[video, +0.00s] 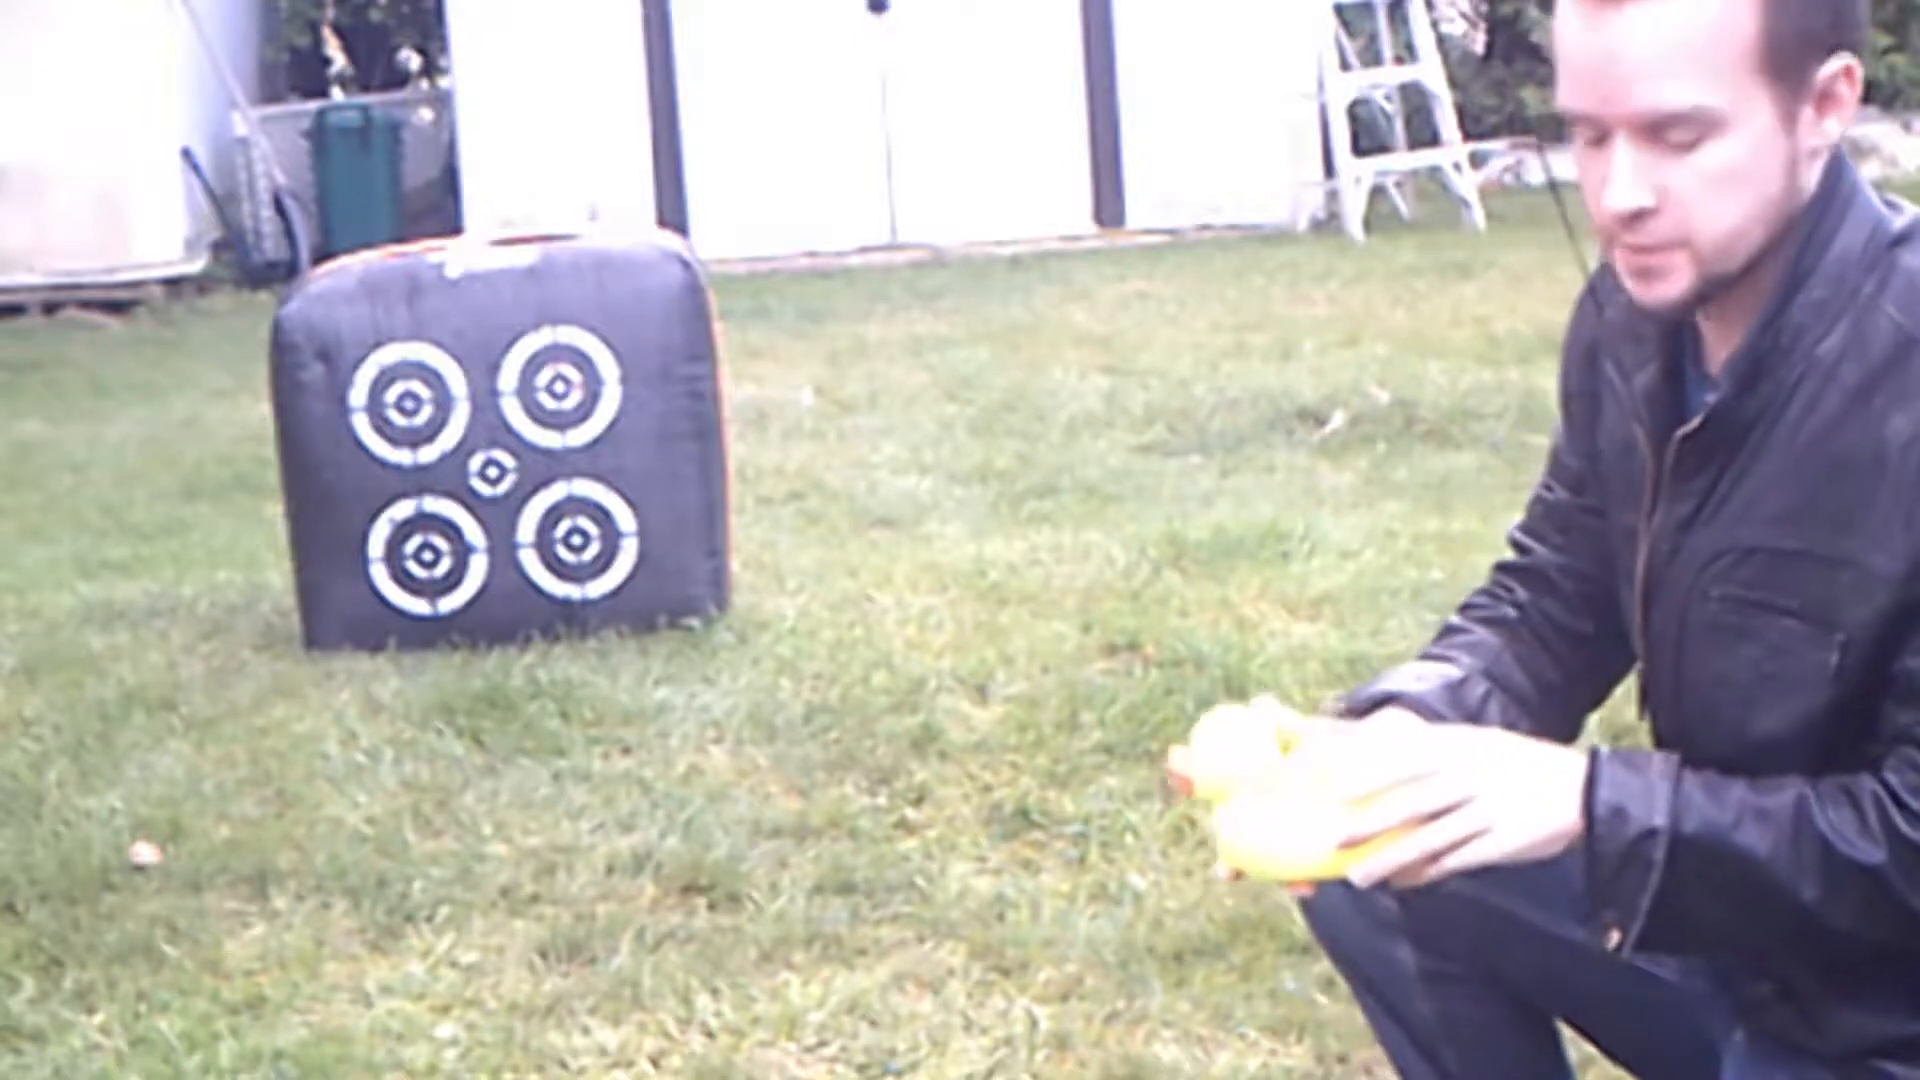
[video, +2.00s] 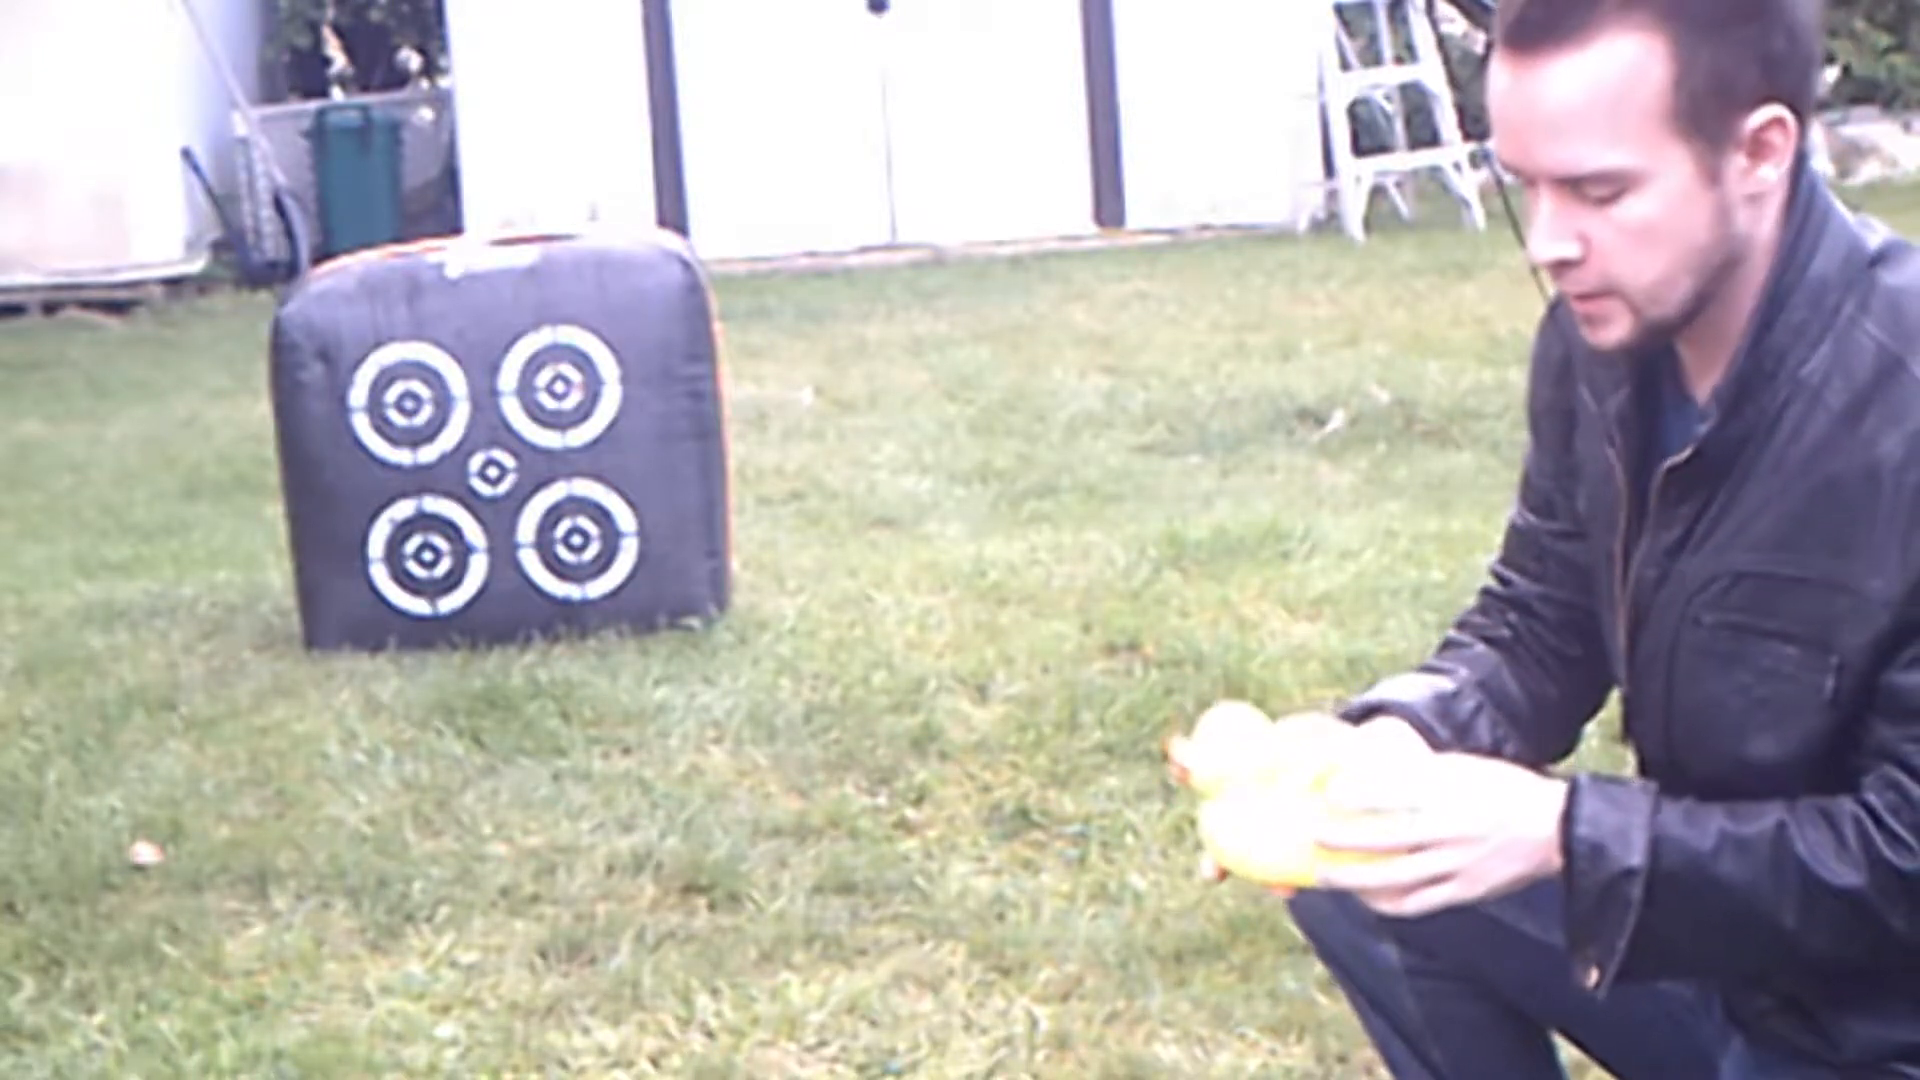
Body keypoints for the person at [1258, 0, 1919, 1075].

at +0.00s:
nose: (1619, 195)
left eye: (1679, 135)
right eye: (1590, 136)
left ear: (1826, 109)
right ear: (1562, 120)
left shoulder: (1903, 362)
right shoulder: (1629, 310)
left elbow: (1907, 837)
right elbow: (1559, 598)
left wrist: (1596, 798)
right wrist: (1393, 736)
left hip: (1872, 1034)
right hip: (1710, 939)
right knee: (1369, 865)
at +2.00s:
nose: (1546, 246)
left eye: (1599, 192)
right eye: (1523, 188)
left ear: (1763, 155)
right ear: (1501, 155)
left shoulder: (1900, 388)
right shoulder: (1594, 332)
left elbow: (1902, 852)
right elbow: (1541, 626)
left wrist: (1571, 830)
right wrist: (1393, 740)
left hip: (1870, 1042)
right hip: (1702, 964)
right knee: (1354, 872)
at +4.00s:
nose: (1598, 201)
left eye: (1649, 130)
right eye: (1551, 149)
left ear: (1777, 108)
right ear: (1517, 153)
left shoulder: (1902, 362)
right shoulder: (1581, 339)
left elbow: (1912, 842)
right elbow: (1529, 629)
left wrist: (1606, 847)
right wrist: (1397, 745)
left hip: (1876, 1044)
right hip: (1701, 964)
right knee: (1345, 887)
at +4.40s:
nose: (1602, 192)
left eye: (1653, 122)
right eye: (1555, 139)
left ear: (1779, 102)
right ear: (1520, 145)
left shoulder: (1895, 336)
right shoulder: (1579, 332)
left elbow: (1901, 780)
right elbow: (1529, 613)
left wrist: (1646, 741)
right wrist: (1401, 762)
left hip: (1869, 1019)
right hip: (1718, 929)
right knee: (1324, 853)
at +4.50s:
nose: (1607, 189)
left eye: (1657, 118)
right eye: (1559, 135)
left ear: (1783, 96)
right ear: (1522, 144)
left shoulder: (1902, 323)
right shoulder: (1579, 333)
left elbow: (1907, 682)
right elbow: (1540, 633)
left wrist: (1685, 606)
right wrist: (1409, 752)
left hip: (1884, 1028)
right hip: (1741, 931)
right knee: (1324, 842)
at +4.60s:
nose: (1613, 189)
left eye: (1664, 117)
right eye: (1564, 136)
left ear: (1787, 91)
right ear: (1527, 143)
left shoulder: (1896, 297)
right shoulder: (1601, 324)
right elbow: (1526, 630)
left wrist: (1742, 472)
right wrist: (1407, 758)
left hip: (1881, 1036)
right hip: (1762, 941)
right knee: (1325, 842)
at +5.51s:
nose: (1576, 245)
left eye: (1627, 180)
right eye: (1536, 189)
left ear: (1772, 127)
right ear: (1508, 160)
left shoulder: (1901, 319)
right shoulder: (1583, 338)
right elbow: (1537, 643)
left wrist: (1740, 598)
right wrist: (1395, 752)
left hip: (1887, 1040)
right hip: (1757, 943)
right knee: (1350, 864)